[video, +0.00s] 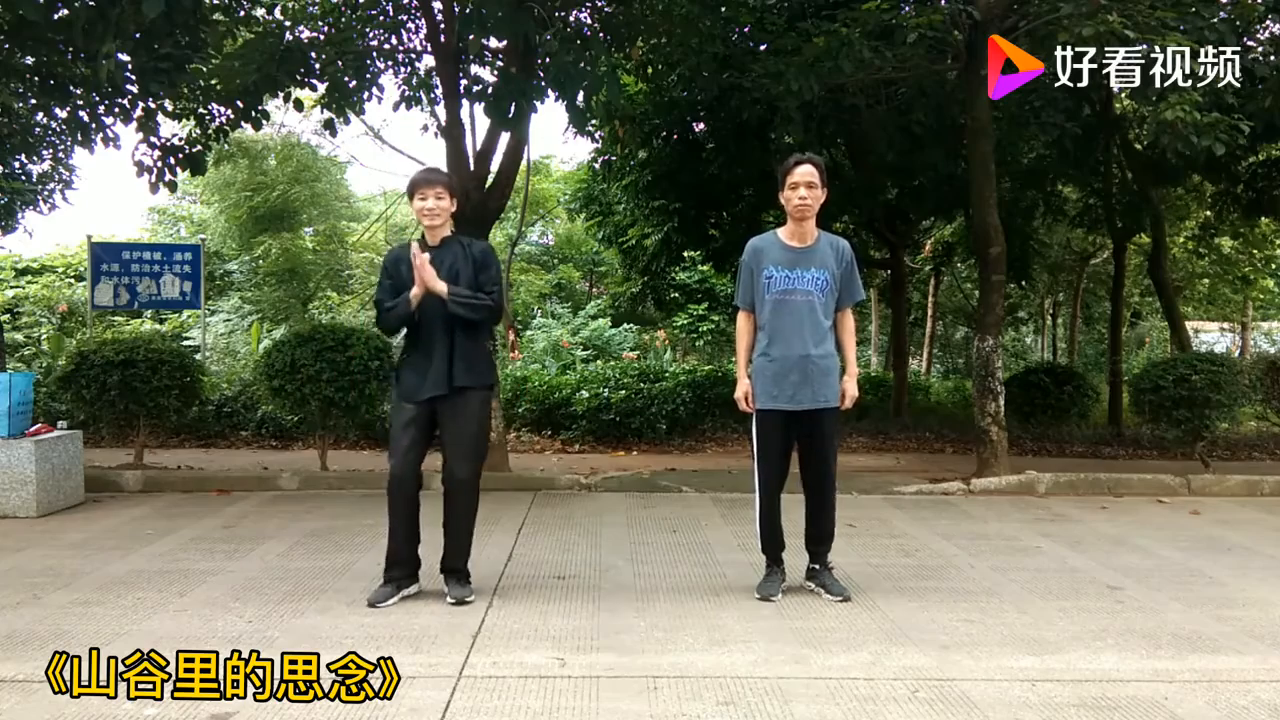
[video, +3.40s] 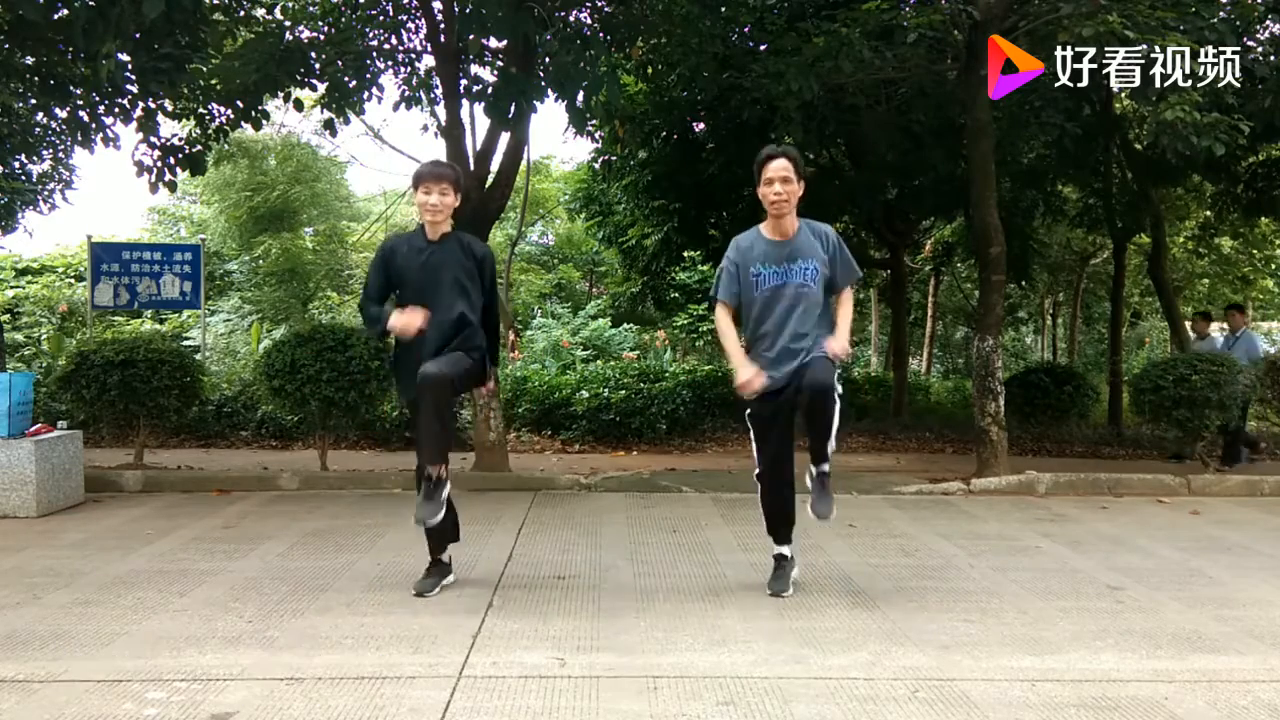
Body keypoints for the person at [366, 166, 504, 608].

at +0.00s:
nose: (430, 205)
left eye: (438, 197)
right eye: (422, 199)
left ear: (453, 203)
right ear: (412, 207)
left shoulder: (478, 252)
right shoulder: (398, 259)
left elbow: (492, 309)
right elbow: (386, 321)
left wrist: (440, 287)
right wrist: (417, 290)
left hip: (468, 381)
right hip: (415, 380)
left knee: (461, 477)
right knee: (400, 472)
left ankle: (457, 574)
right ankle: (400, 575)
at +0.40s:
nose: (423, 203)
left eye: (432, 196)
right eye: (414, 196)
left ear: (445, 203)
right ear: (404, 203)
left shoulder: (468, 257)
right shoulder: (382, 257)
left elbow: (485, 318)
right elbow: (363, 318)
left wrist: (446, 344)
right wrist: (391, 339)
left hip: (453, 386)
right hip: (398, 387)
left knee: (460, 478)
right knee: (399, 482)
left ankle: (458, 573)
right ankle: (405, 575)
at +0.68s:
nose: (428, 201)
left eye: (436, 194)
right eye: (419, 194)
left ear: (448, 202)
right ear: (407, 201)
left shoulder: (468, 256)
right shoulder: (383, 254)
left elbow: (486, 323)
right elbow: (362, 320)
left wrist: (496, 382)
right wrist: (351, 381)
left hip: (453, 384)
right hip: (395, 385)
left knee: (460, 473)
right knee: (398, 483)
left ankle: (461, 571)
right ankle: (405, 575)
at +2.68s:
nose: (444, 200)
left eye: (452, 193)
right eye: (435, 192)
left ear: (460, 199)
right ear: (418, 198)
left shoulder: (478, 253)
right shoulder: (395, 252)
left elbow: (494, 322)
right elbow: (382, 321)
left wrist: (489, 382)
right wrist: (385, 379)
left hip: (462, 384)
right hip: (408, 384)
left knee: (460, 483)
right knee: (412, 484)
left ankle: (463, 572)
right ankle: (413, 576)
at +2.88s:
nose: (435, 198)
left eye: (444, 191)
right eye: (427, 190)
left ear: (456, 198)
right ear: (414, 197)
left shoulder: (476, 249)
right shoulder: (398, 252)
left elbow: (513, 306)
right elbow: (377, 307)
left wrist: (531, 362)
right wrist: (349, 340)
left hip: (461, 382)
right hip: (408, 382)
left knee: (460, 481)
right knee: (410, 482)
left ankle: (462, 572)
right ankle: (412, 576)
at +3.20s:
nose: (426, 194)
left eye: (435, 187)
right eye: (419, 187)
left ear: (449, 193)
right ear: (408, 192)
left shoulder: (471, 245)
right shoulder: (388, 248)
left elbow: (499, 306)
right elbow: (368, 309)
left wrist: (516, 364)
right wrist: (352, 361)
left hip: (462, 362)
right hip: (412, 366)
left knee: (450, 422)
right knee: (417, 470)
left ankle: (453, 524)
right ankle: (421, 573)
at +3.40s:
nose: (435, 200)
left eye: (444, 193)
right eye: (427, 192)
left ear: (456, 199)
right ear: (415, 197)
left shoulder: (476, 252)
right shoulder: (394, 249)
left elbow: (489, 312)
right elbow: (369, 306)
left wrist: (488, 370)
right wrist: (392, 318)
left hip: (466, 352)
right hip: (414, 360)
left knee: (432, 373)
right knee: (428, 460)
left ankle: (434, 472)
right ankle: (439, 559)